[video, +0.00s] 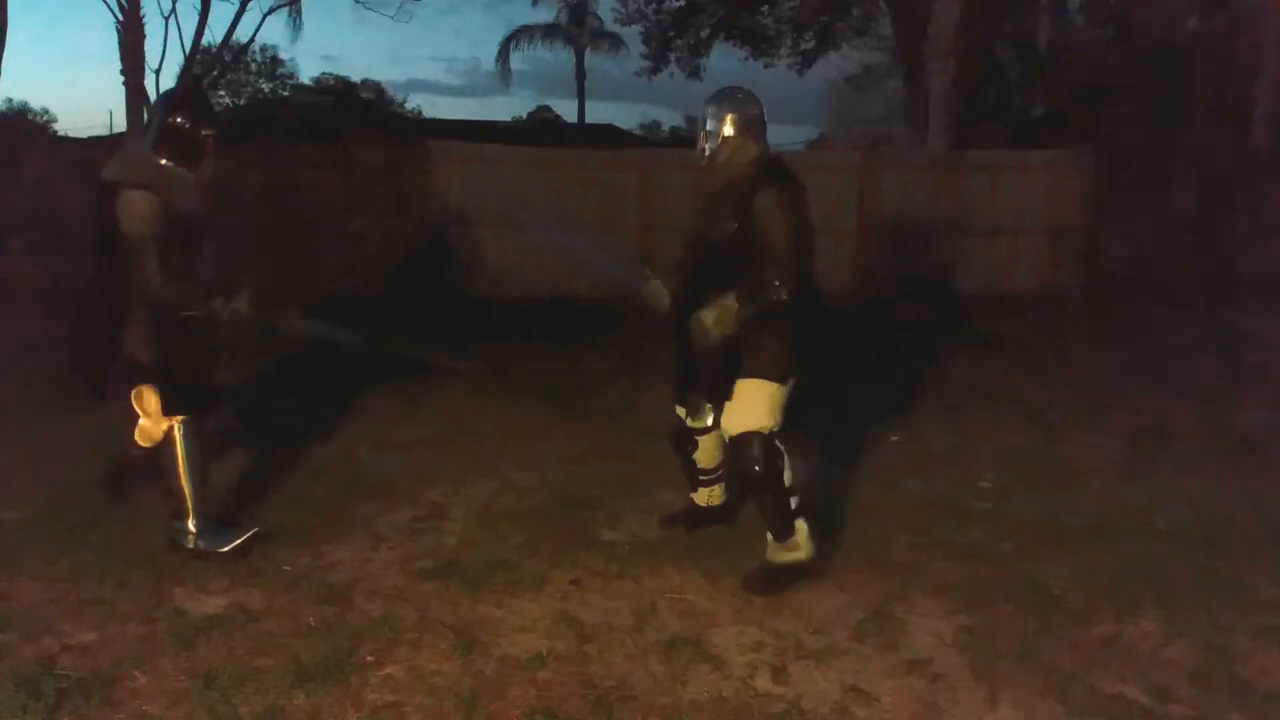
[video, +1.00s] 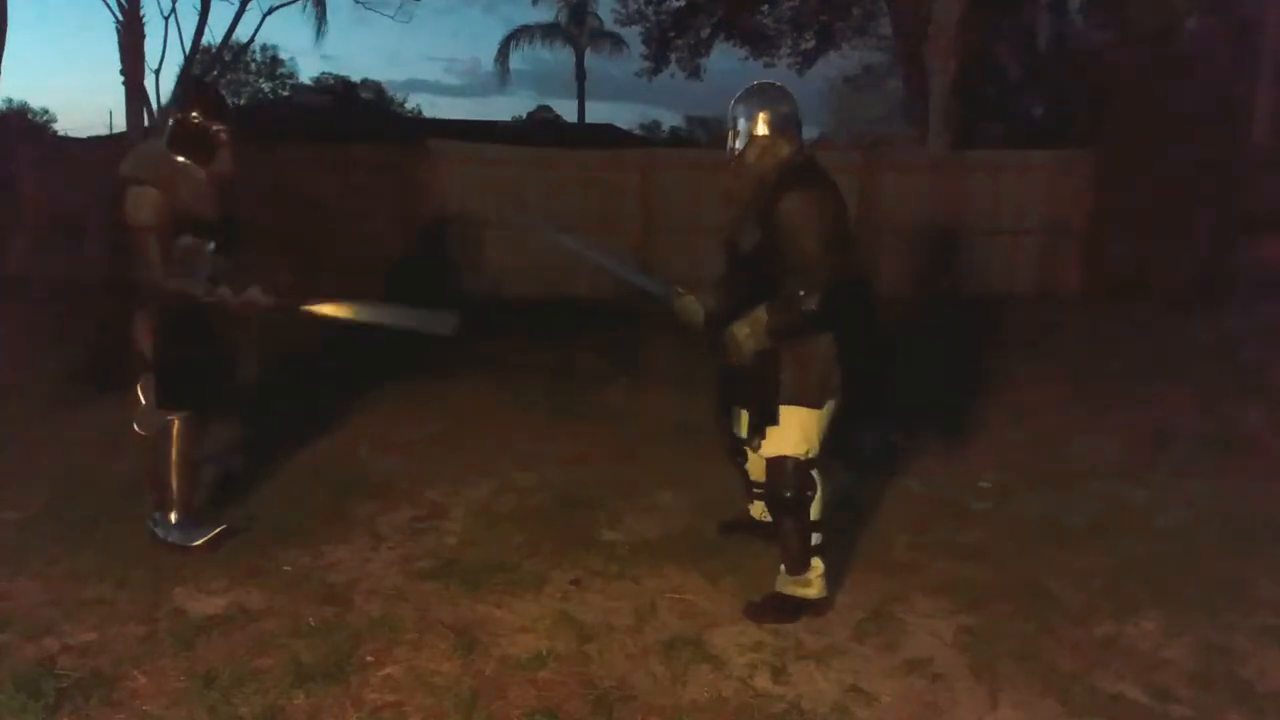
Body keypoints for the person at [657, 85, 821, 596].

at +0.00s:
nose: (708, 142)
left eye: (718, 130)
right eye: (706, 130)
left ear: (748, 131)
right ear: (714, 131)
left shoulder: (775, 187)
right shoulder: (717, 186)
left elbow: (784, 275)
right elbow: (704, 257)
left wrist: (736, 307)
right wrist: (675, 289)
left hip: (771, 328)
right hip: (715, 324)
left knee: (749, 441)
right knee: (696, 420)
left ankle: (790, 548)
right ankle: (710, 499)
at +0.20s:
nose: (719, 155)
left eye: (726, 142)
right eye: (719, 142)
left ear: (754, 141)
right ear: (742, 142)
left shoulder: (784, 198)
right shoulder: (737, 197)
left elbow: (792, 290)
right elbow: (722, 274)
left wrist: (742, 328)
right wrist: (681, 301)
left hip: (784, 345)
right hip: (738, 338)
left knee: (766, 461)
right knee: (699, 416)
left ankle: (800, 581)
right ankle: (711, 500)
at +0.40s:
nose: (731, 150)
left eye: (738, 137)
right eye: (730, 137)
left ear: (766, 133)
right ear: (761, 132)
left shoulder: (796, 191)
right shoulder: (756, 188)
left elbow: (809, 286)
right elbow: (744, 274)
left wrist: (760, 320)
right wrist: (705, 307)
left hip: (802, 346)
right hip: (768, 340)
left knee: (785, 472)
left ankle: (803, 586)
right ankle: (747, 497)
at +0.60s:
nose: (731, 146)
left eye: (737, 133)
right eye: (731, 133)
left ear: (764, 128)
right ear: (768, 128)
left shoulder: (801, 190)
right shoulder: (762, 185)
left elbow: (811, 286)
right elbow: (751, 273)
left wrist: (762, 331)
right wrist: (710, 308)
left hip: (804, 343)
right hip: (767, 336)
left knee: (788, 469)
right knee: (750, 429)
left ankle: (803, 584)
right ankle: (763, 511)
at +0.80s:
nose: (732, 143)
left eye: (739, 129)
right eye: (733, 130)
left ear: (766, 127)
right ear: (769, 127)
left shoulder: (802, 189)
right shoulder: (763, 185)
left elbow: (812, 283)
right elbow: (752, 272)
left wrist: (764, 326)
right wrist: (710, 305)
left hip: (806, 344)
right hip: (769, 338)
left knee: (790, 470)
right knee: (755, 428)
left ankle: (803, 584)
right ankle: (765, 511)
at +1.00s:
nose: (735, 145)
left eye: (742, 131)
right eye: (735, 131)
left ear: (769, 128)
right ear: (773, 129)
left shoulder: (803, 192)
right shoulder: (768, 186)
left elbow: (813, 287)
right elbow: (756, 273)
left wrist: (761, 325)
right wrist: (711, 305)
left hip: (809, 346)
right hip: (773, 340)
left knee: (788, 465)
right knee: (752, 425)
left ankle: (803, 584)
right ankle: (764, 511)